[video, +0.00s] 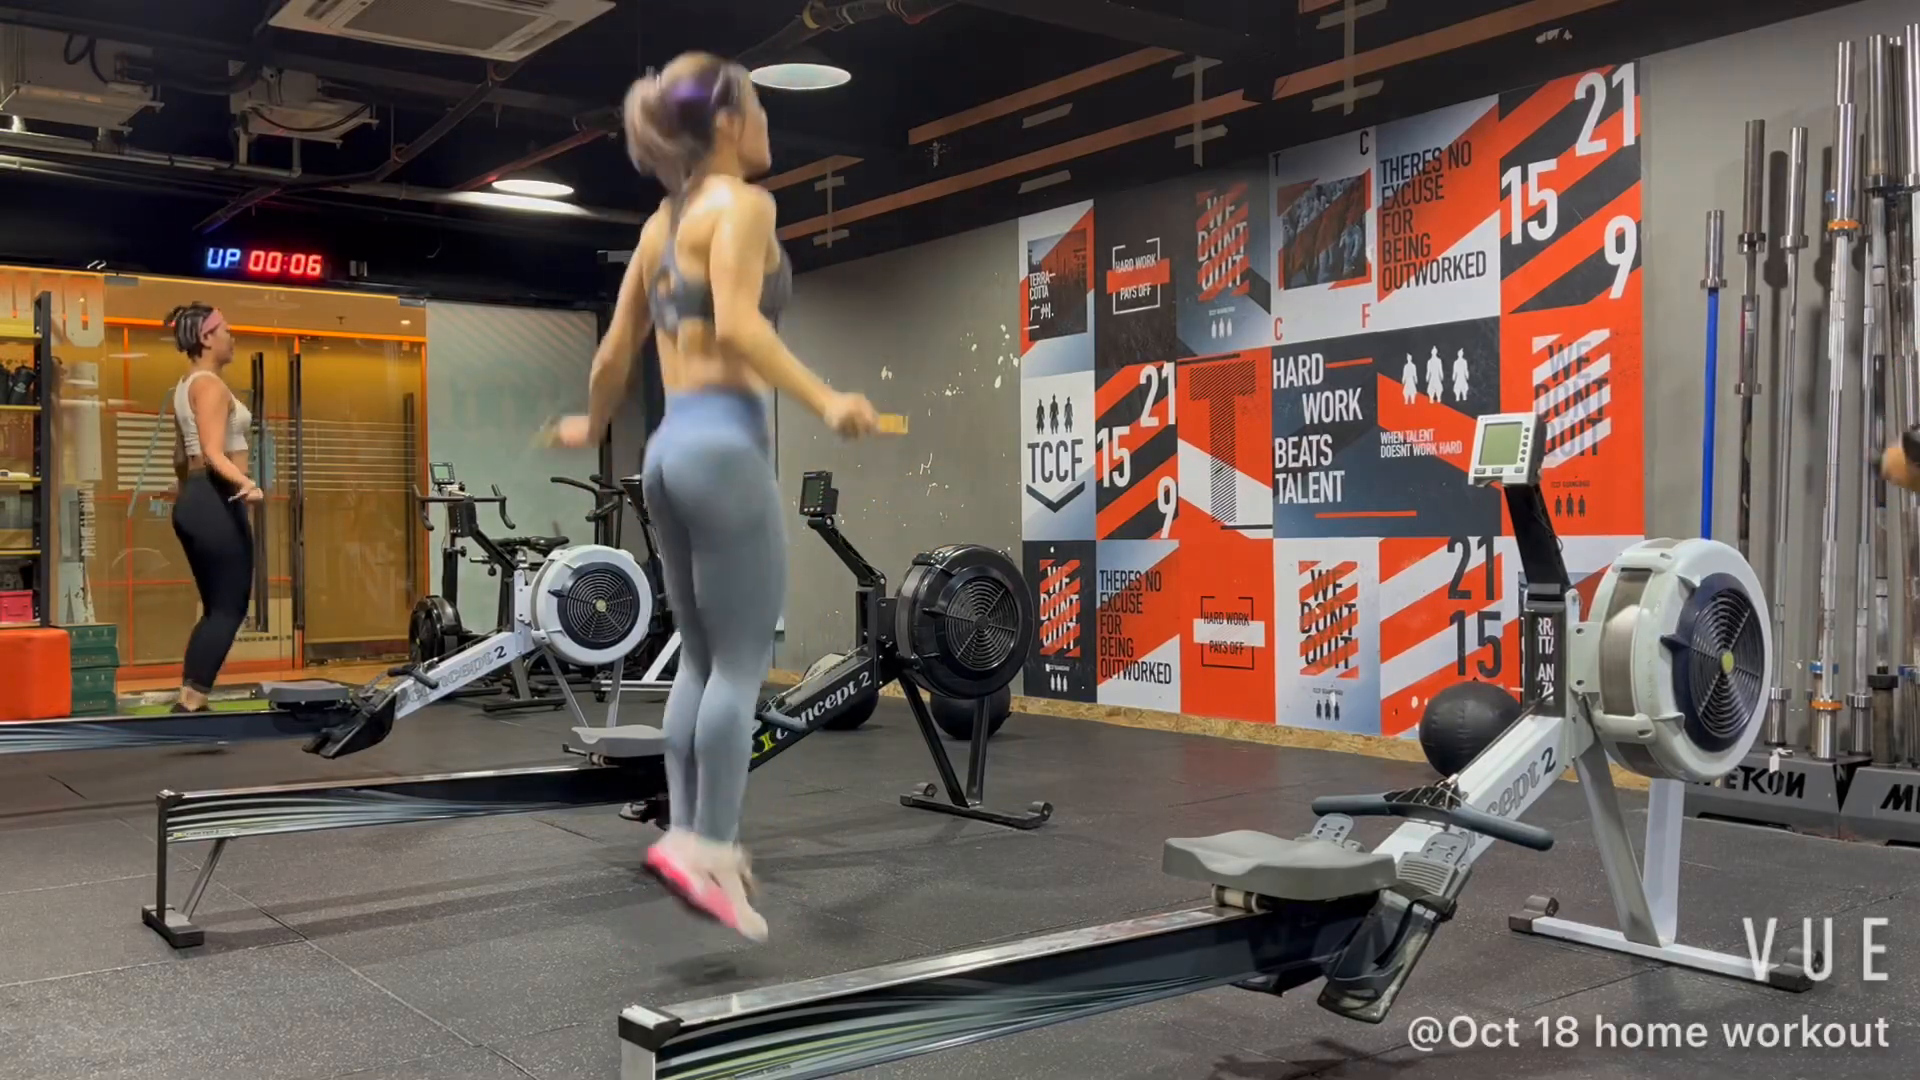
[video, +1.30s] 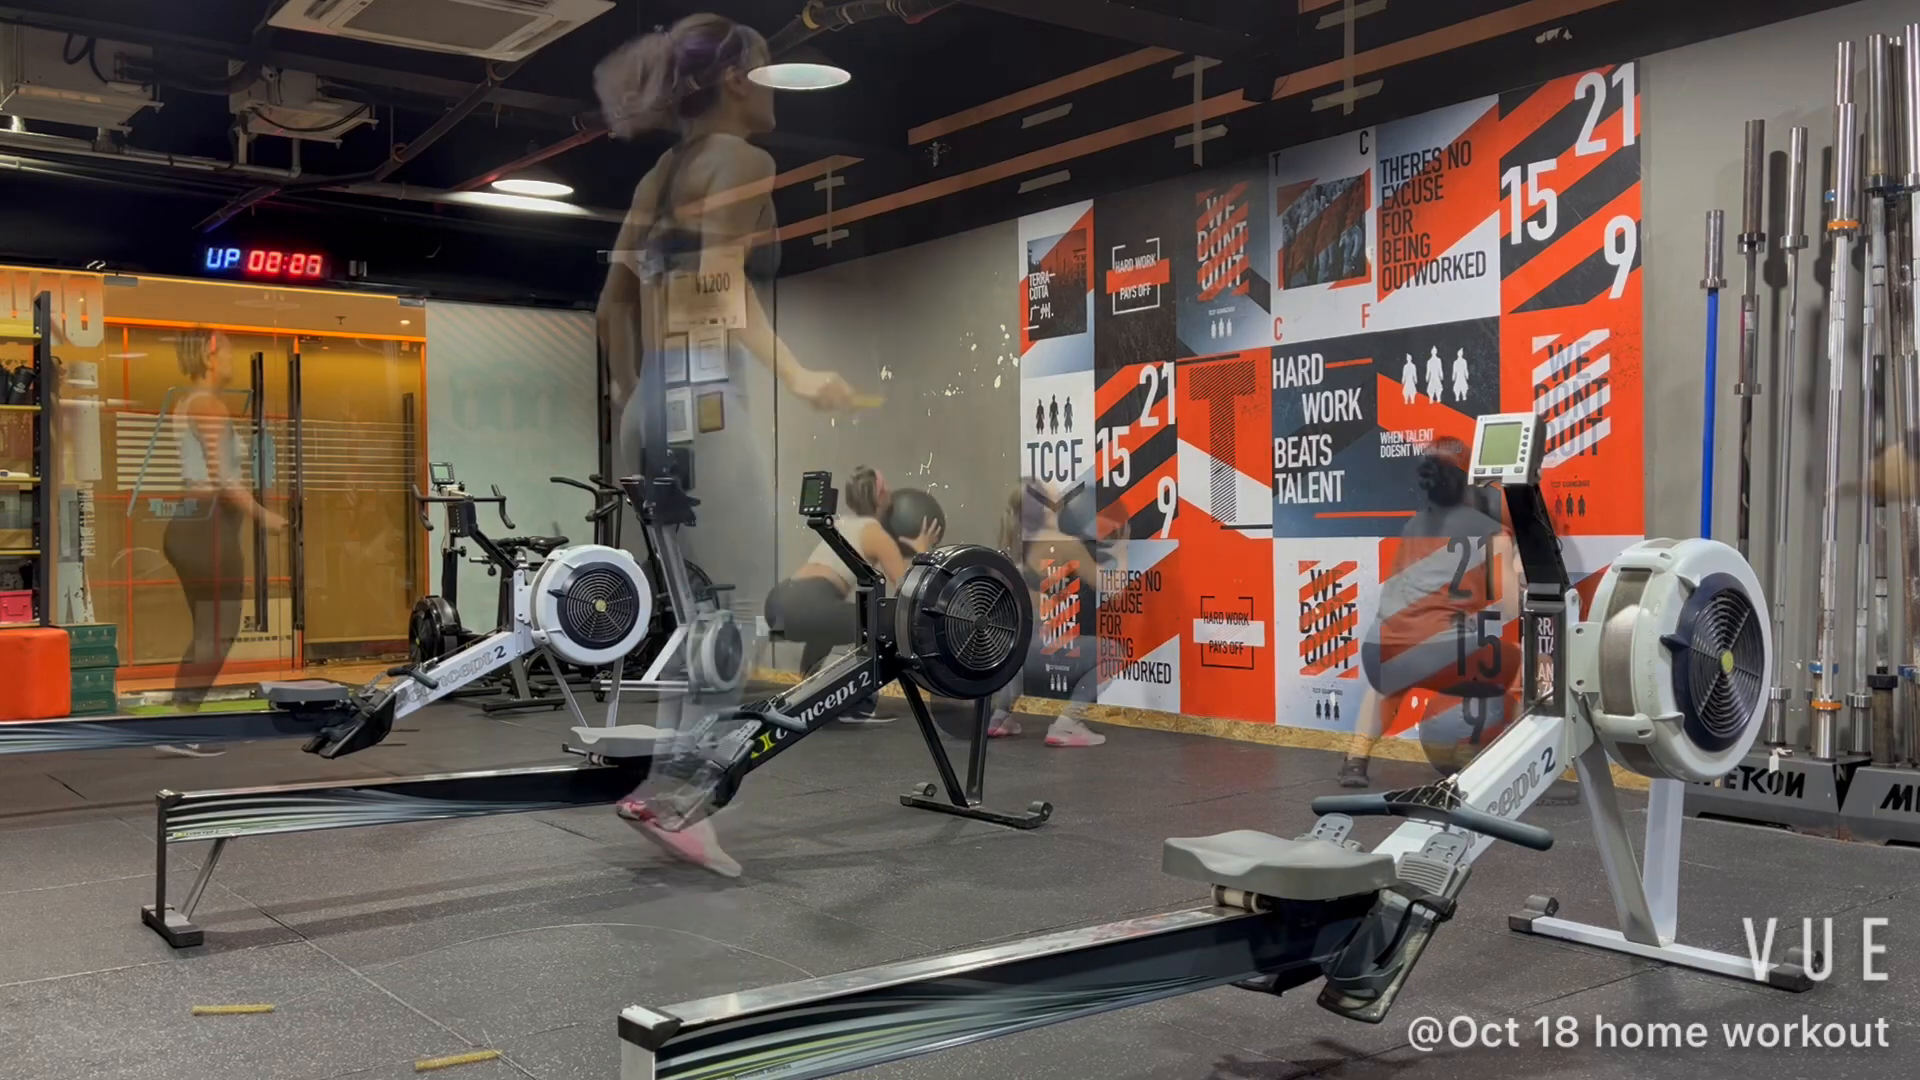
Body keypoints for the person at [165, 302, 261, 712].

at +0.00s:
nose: (232, 337)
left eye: (228, 330)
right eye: (225, 331)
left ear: (200, 340)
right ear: (208, 339)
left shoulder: (186, 387)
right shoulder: (210, 385)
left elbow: (181, 461)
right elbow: (212, 454)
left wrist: (199, 495)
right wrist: (247, 483)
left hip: (194, 496)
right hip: (212, 495)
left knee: (218, 606)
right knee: (230, 604)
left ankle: (191, 697)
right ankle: (193, 699)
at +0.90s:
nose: (232, 361)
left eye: (228, 353)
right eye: (226, 355)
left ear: (200, 362)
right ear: (207, 361)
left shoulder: (185, 406)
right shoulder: (208, 409)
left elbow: (208, 477)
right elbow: (217, 479)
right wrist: (266, 505)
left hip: (191, 526)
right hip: (208, 528)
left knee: (213, 632)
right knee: (225, 633)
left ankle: (180, 716)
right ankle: (183, 718)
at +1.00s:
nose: (229, 339)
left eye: (224, 331)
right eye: (223, 332)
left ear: (197, 343)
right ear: (207, 340)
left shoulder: (184, 388)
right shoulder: (208, 388)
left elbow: (199, 455)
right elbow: (217, 455)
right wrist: (246, 496)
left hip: (192, 504)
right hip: (210, 504)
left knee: (206, 610)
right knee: (216, 610)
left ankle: (189, 706)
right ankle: (192, 708)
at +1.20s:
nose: (230, 351)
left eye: (226, 342)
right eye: (225, 342)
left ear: (200, 348)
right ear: (209, 347)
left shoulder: (187, 397)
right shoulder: (208, 396)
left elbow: (200, 469)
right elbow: (213, 469)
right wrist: (261, 493)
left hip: (189, 521)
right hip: (210, 522)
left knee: (209, 625)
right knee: (221, 626)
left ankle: (181, 720)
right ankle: (184, 723)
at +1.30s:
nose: (232, 359)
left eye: (229, 350)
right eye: (226, 350)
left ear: (202, 354)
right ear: (210, 354)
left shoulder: (188, 403)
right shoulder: (210, 405)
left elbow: (200, 478)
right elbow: (219, 476)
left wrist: (243, 505)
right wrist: (262, 513)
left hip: (190, 527)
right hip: (210, 528)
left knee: (208, 632)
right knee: (220, 633)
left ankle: (179, 719)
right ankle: (182, 721)